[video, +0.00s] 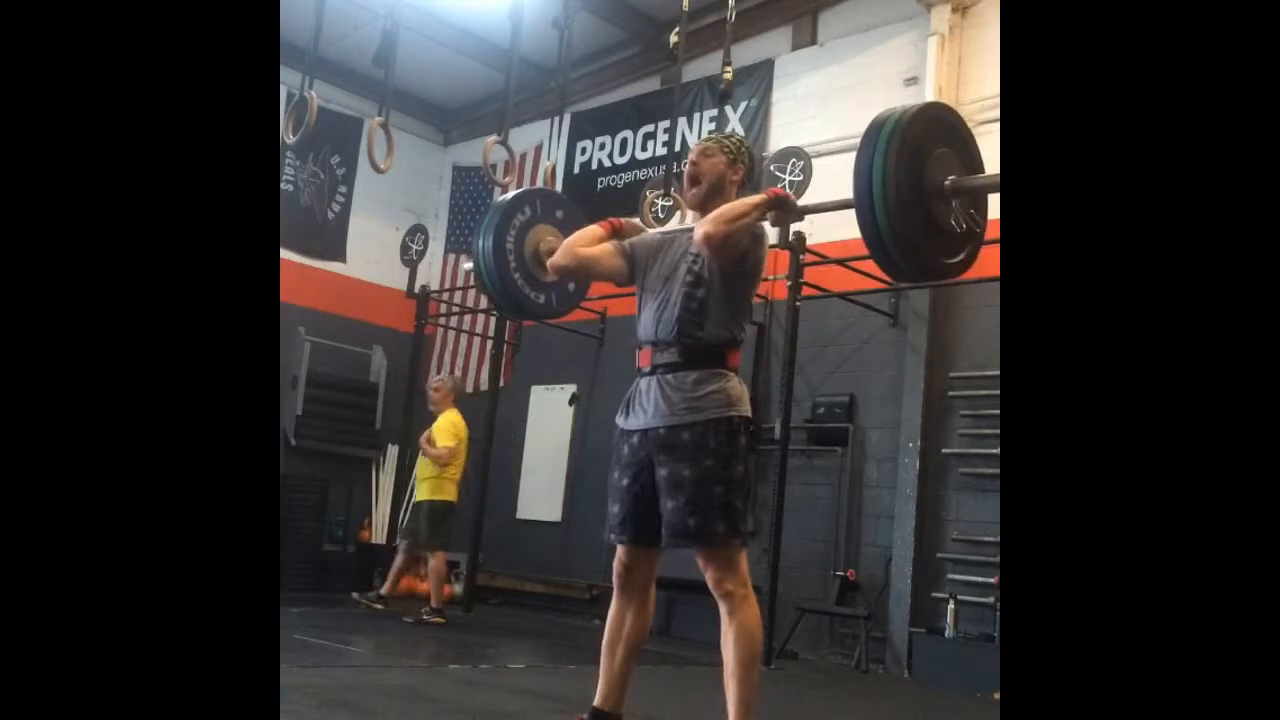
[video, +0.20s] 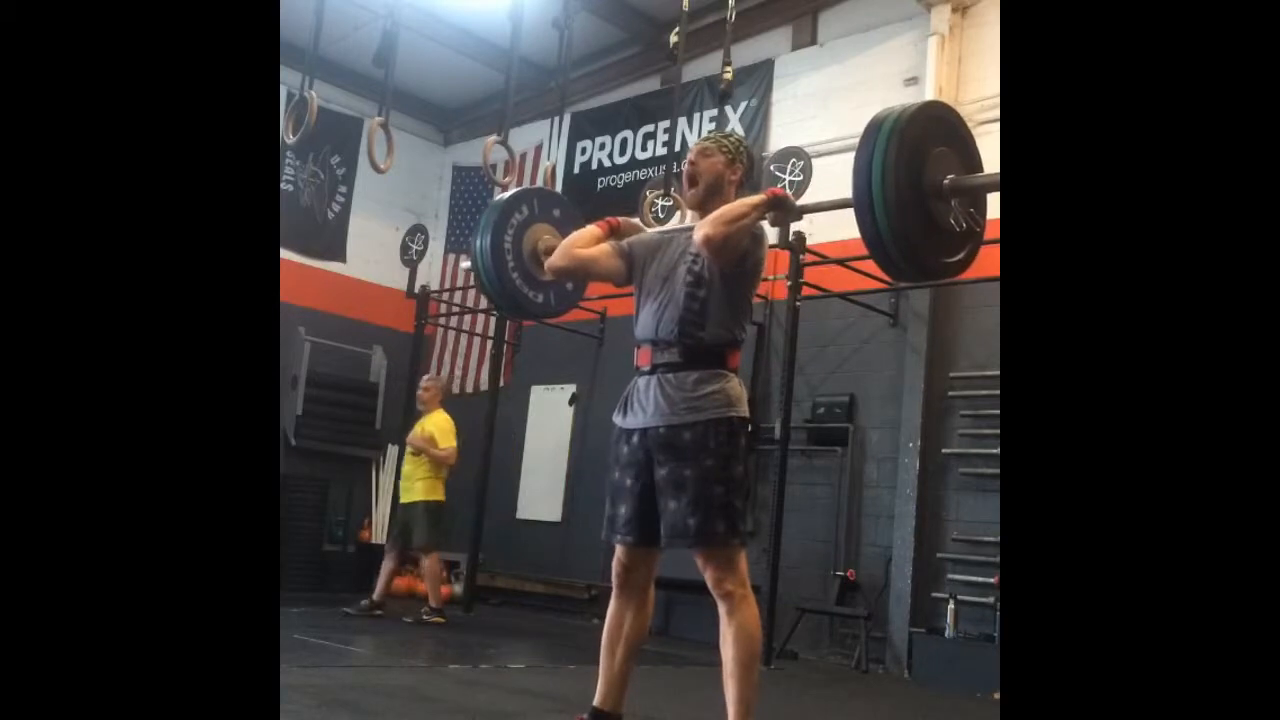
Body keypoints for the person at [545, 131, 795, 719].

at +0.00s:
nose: (691, 164)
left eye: (706, 156)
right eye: (690, 156)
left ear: (737, 173)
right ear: (682, 173)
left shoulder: (741, 237)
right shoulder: (657, 242)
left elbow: (708, 232)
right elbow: (562, 260)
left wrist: (765, 202)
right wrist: (612, 225)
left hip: (707, 417)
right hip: (641, 416)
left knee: (726, 580)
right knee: (629, 575)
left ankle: (739, 714)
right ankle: (605, 708)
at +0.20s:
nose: (690, 163)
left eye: (705, 155)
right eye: (689, 155)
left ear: (736, 173)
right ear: (683, 172)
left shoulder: (741, 237)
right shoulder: (655, 242)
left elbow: (709, 234)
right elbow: (559, 261)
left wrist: (764, 203)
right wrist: (606, 226)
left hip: (708, 417)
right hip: (640, 416)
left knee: (726, 579)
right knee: (628, 575)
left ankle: (739, 714)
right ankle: (604, 709)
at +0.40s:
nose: (688, 161)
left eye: (704, 152)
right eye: (688, 153)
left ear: (735, 170)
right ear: (682, 170)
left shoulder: (739, 232)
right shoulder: (655, 239)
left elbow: (704, 230)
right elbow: (558, 259)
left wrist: (761, 200)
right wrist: (606, 223)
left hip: (705, 415)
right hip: (638, 413)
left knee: (722, 578)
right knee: (624, 571)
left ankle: (736, 714)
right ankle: (604, 709)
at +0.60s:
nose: (687, 165)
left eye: (702, 159)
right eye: (688, 159)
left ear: (732, 181)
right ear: (685, 182)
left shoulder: (734, 241)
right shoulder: (650, 252)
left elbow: (700, 248)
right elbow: (555, 271)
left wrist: (753, 209)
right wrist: (598, 232)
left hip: (720, 421)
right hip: (654, 422)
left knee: (714, 577)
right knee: (595, 568)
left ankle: (734, 715)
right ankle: (600, 709)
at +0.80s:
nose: (680, 222)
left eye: (698, 220)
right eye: (681, 218)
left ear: (724, 248)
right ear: (672, 246)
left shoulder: (728, 307)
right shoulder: (641, 321)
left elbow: (686, 324)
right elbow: (545, 337)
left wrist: (740, 284)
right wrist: (590, 300)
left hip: (730, 485)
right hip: (663, 488)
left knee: (705, 594)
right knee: (561, 581)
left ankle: (732, 716)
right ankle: (595, 710)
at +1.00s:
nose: (671, 302)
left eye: (690, 298)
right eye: (671, 298)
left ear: (716, 323)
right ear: (661, 320)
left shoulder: (722, 389)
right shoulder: (632, 395)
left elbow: (676, 425)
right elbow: (538, 429)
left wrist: (731, 372)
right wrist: (577, 377)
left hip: (732, 547)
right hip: (657, 550)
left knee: (696, 601)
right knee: (546, 589)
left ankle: (727, 717)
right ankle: (595, 712)